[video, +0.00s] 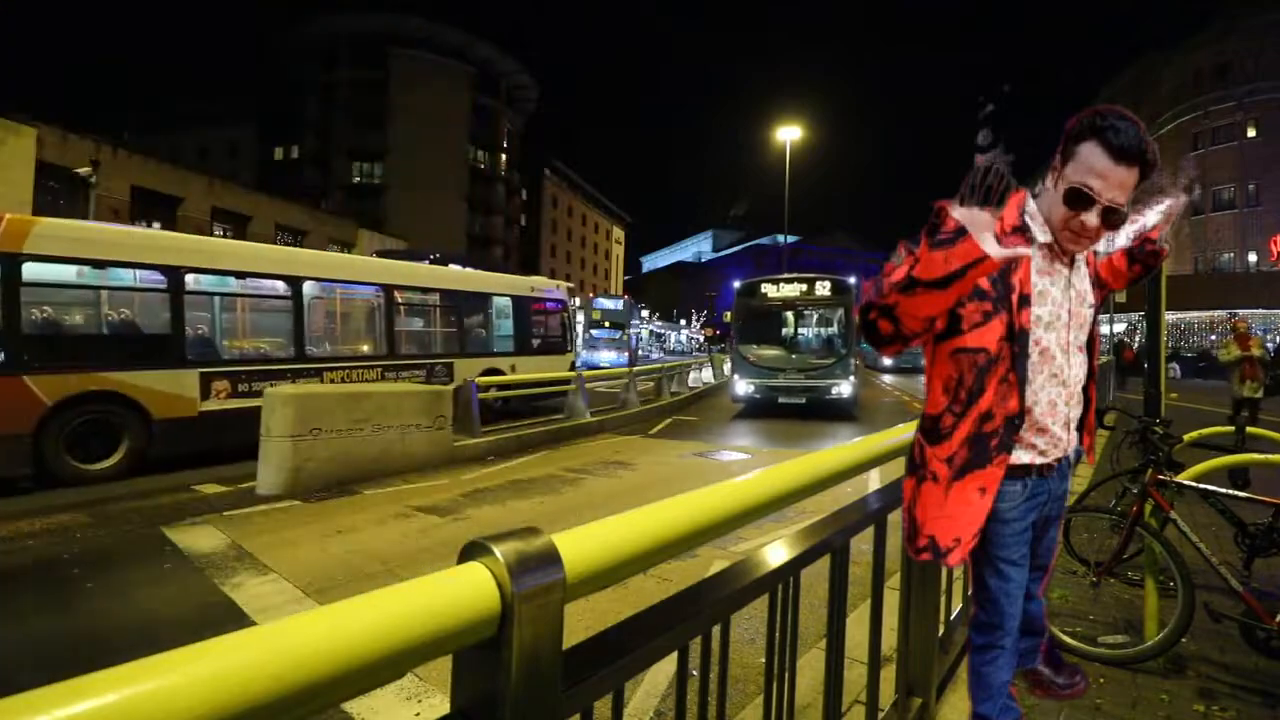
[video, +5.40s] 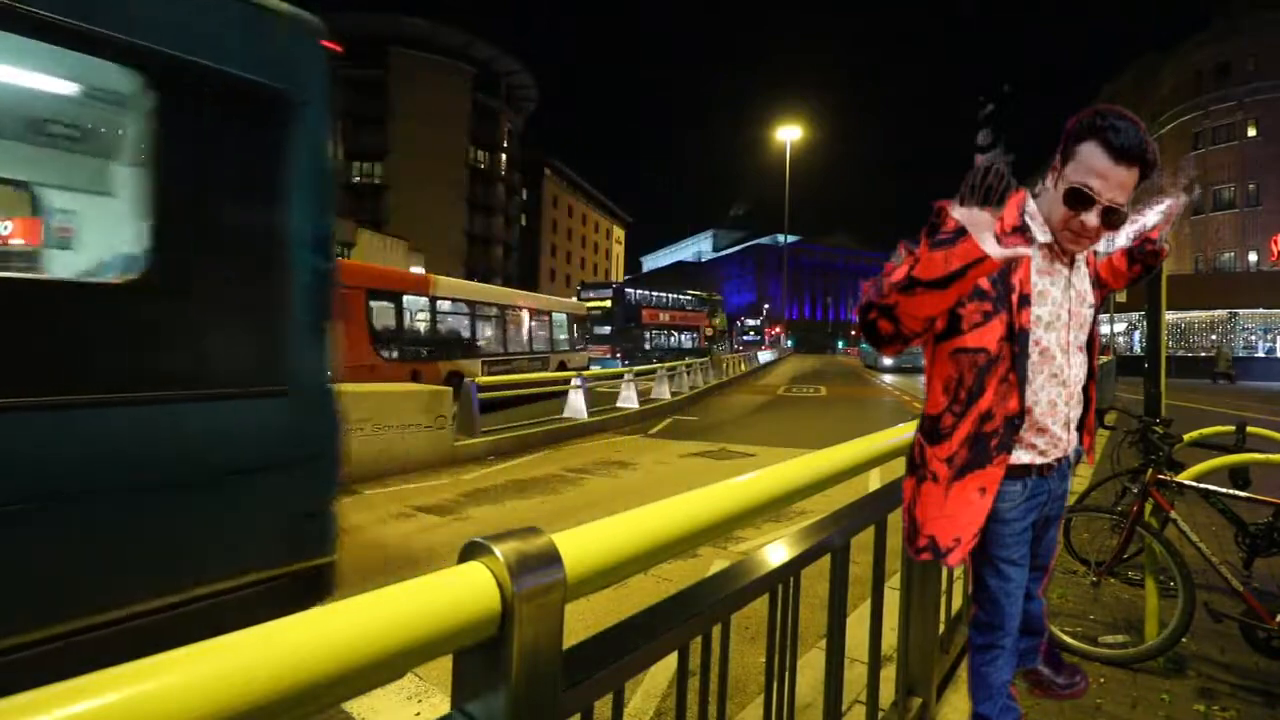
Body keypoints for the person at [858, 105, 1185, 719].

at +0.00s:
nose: (1089, 222)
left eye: (1110, 212)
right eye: (1079, 198)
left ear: (1123, 211)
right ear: (1051, 171)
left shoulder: (1084, 264)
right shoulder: (985, 242)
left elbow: (1112, 272)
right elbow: (882, 328)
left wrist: (1151, 241)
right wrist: (962, 246)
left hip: (1057, 467)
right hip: (1000, 475)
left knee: (1035, 581)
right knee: (1000, 612)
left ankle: (1027, 659)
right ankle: (993, 709)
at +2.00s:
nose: (1089, 222)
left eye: (1109, 212)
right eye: (1079, 198)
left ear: (1123, 211)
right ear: (1052, 172)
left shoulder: (1084, 265)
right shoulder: (985, 242)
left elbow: (1113, 272)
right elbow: (882, 328)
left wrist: (1152, 240)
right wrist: (962, 246)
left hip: (1057, 467)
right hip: (1000, 475)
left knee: (1034, 581)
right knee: (1000, 611)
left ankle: (1028, 659)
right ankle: (993, 709)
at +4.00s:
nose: (1089, 222)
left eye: (1110, 211)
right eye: (1079, 197)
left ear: (1123, 211)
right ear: (1052, 172)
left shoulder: (1085, 264)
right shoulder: (984, 243)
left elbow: (1117, 270)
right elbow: (883, 327)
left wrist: (1151, 242)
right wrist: (962, 246)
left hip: (1058, 468)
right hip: (1000, 475)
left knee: (1035, 581)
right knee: (1000, 611)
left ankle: (1028, 659)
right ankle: (994, 709)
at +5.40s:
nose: (1089, 223)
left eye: (1110, 212)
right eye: (1080, 198)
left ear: (1123, 211)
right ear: (1051, 172)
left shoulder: (1085, 265)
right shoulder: (985, 243)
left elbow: (1119, 268)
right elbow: (883, 326)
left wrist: (1151, 238)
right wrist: (962, 245)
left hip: (1058, 467)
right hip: (1000, 475)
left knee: (1035, 580)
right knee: (1000, 613)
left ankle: (1028, 658)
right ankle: (993, 710)